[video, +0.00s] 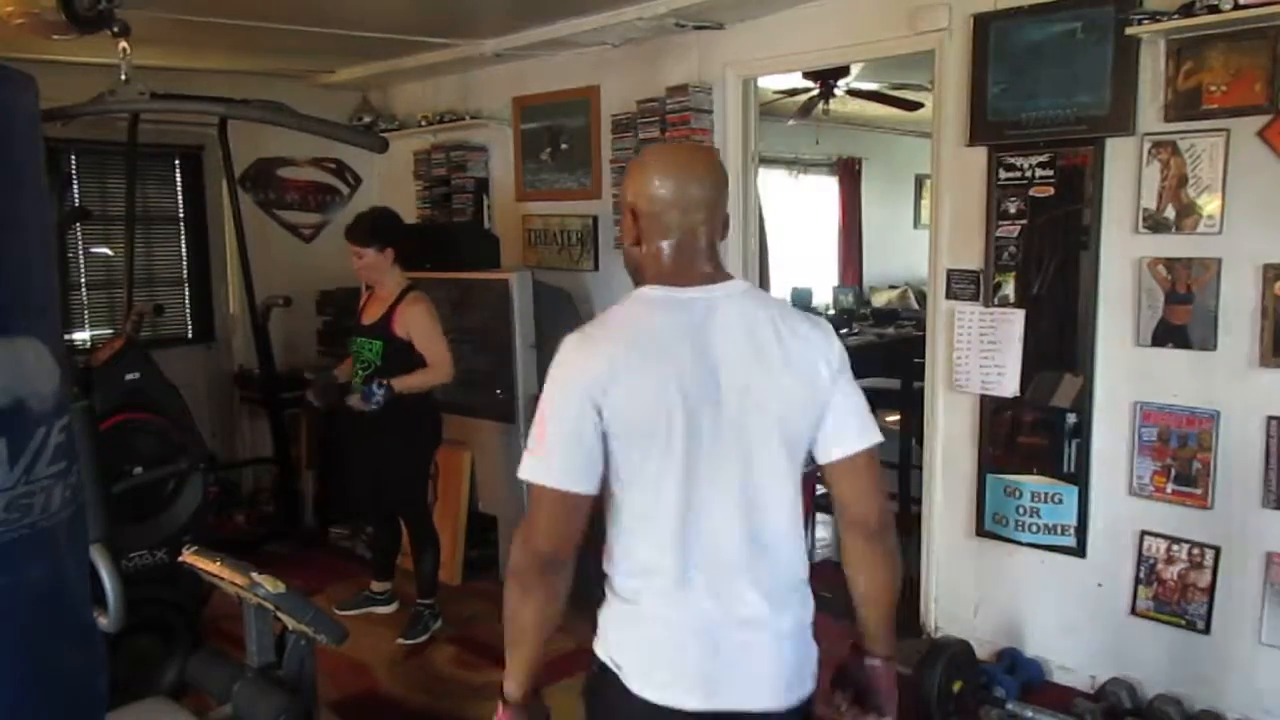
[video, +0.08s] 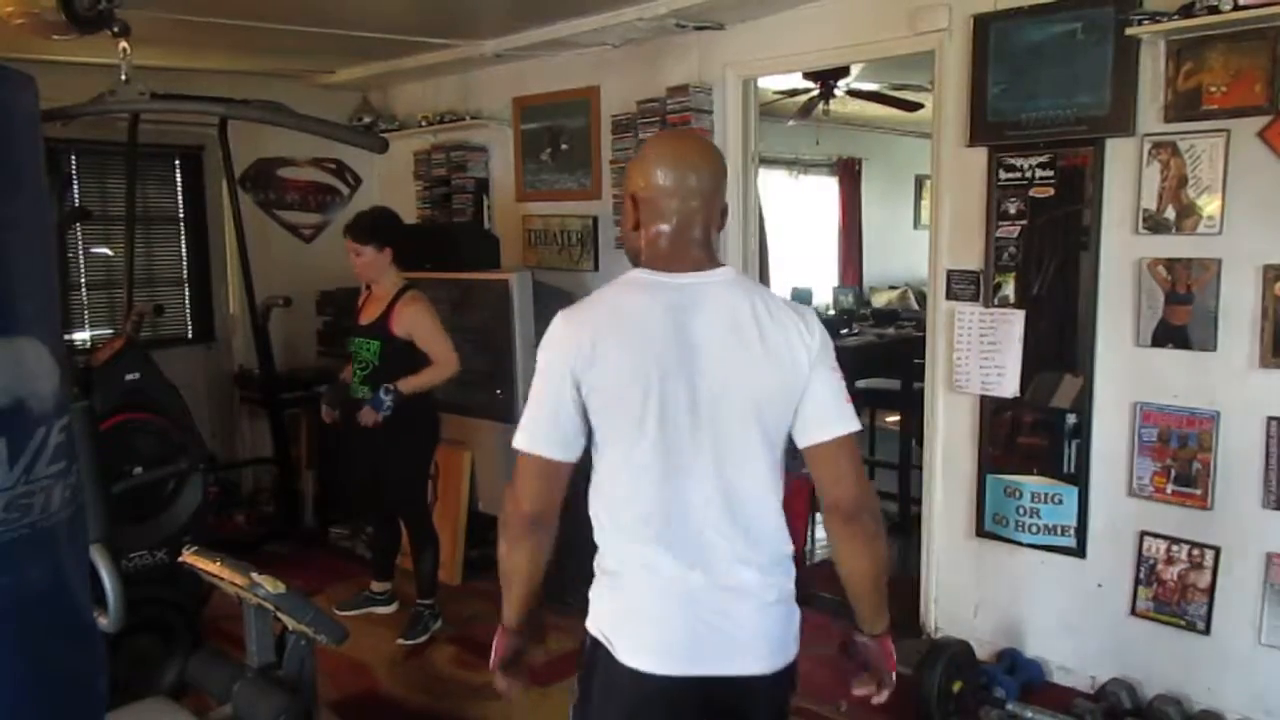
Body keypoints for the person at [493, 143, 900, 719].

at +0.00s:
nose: (621, 234)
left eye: (622, 218)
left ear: (630, 227)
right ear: (723, 225)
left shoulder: (598, 350)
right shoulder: (809, 341)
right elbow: (868, 518)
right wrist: (879, 656)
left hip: (646, 682)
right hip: (776, 681)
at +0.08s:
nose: (620, 220)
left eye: (621, 205)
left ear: (629, 213)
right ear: (720, 218)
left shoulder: (583, 329)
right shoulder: (792, 329)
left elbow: (532, 508)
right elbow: (848, 500)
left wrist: (515, 622)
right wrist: (875, 631)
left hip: (636, 655)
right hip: (759, 656)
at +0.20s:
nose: (631, 220)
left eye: (632, 206)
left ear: (637, 214)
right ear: (722, 222)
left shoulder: (576, 316)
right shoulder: (775, 328)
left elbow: (525, 475)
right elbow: (829, 495)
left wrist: (526, 541)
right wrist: (861, 612)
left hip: (629, 629)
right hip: (745, 629)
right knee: (742, 709)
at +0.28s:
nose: (637, 228)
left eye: (638, 217)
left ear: (642, 227)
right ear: (724, 235)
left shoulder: (582, 321)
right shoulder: (772, 337)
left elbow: (527, 467)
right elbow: (818, 495)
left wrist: (541, 511)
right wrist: (845, 614)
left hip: (627, 629)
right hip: (741, 632)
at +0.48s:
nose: (660, 222)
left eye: (665, 212)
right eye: (664, 211)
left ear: (677, 224)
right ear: (740, 232)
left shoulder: (613, 308)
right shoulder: (778, 325)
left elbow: (567, 443)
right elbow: (806, 469)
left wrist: (545, 530)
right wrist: (817, 576)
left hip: (642, 582)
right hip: (742, 583)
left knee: (625, 709)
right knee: (742, 709)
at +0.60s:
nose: (656, 215)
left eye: (661, 206)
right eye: (660, 204)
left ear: (677, 216)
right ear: (729, 219)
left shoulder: (618, 297)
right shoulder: (774, 309)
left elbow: (580, 432)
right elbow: (800, 441)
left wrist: (562, 543)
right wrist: (811, 539)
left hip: (637, 546)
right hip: (732, 548)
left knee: (621, 691)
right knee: (738, 699)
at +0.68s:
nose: (649, 216)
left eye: (653, 206)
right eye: (651, 206)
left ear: (668, 215)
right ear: (719, 215)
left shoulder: (617, 295)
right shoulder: (765, 302)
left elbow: (590, 424)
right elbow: (796, 429)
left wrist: (576, 541)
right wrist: (805, 522)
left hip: (635, 529)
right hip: (725, 534)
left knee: (624, 649)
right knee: (728, 686)